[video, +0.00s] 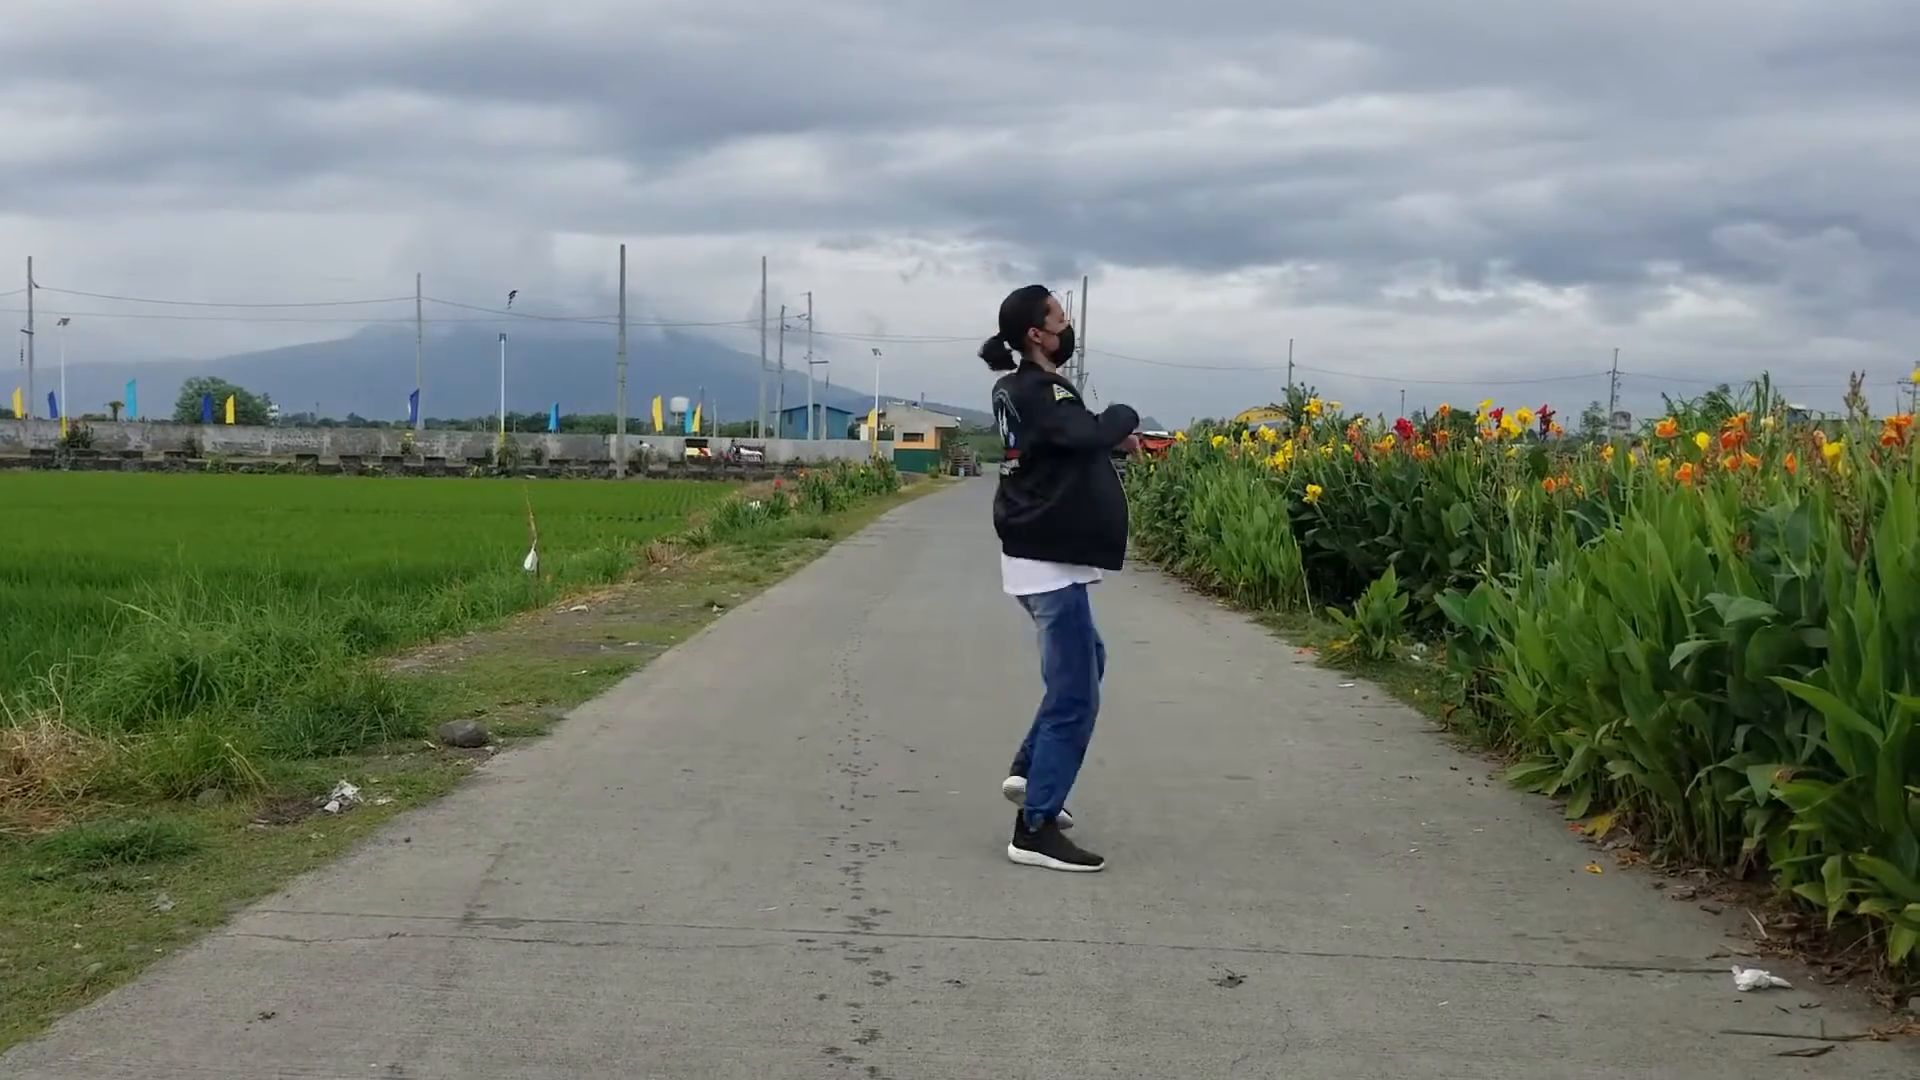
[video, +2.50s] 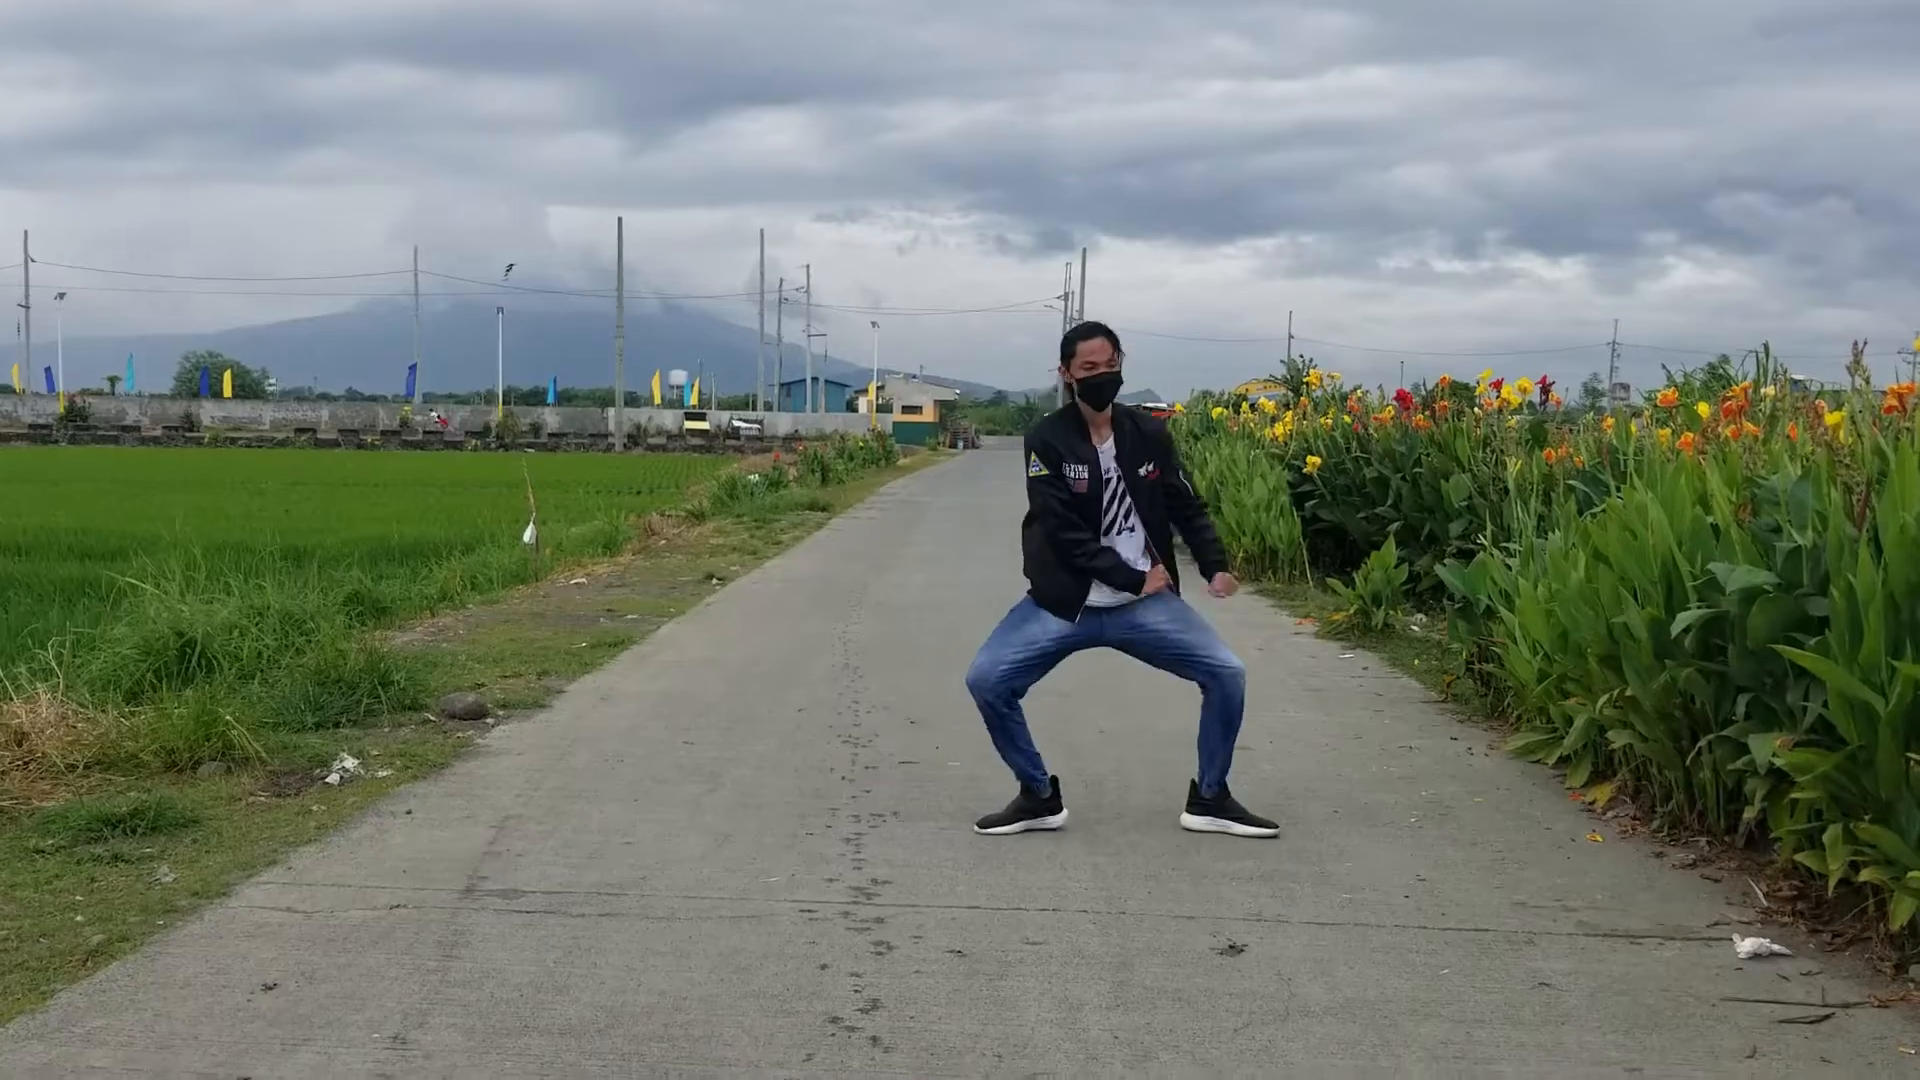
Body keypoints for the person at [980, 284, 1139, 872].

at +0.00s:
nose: (1068, 324)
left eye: (1065, 316)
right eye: (1060, 318)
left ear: (1031, 333)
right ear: (1036, 331)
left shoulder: (1036, 383)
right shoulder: (1033, 389)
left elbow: (1067, 440)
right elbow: (1091, 432)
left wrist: (1115, 444)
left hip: (1045, 560)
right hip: (1048, 564)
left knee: (1088, 661)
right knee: (1073, 698)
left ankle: (1030, 768)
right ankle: (1037, 828)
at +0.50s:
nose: (1086, 366)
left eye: (1089, 357)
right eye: (1072, 360)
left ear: (1095, 365)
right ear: (1047, 375)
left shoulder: (1084, 437)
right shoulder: (1037, 427)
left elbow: (1094, 515)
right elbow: (986, 493)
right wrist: (1019, 555)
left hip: (1074, 594)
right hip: (1037, 597)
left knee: (1074, 696)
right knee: (1108, 705)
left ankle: (1028, 777)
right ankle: (1047, 820)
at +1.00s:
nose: (1039, 347)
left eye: (1048, 336)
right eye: (1029, 339)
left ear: (1069, 332)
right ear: (1017, 341)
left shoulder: (1097, 392)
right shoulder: (996, 386)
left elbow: (1129, 479)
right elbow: (977, 470)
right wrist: (984, 546)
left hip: (1077, 576)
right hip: (1008, 572)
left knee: (1082, 706)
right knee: (971, 687)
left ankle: (1084, 814)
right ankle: (1002, 810)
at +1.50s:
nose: (963, 331)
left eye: (969, 322)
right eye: (961, 323)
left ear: (998, 322)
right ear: (1000, 324)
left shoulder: (985, 370)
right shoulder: (1009, 366)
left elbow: (999, 459)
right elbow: (1008, 450)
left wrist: (998, 551)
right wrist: (959, 420)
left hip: (984, 558)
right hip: (991, 554)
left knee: (947, 683)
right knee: (951, 682)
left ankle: (1014, 792)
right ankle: (983, 799)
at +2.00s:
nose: (994, 329)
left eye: (1002, 318)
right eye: (987, 320)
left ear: (1033, 307)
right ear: (985, 316)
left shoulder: (1071, 377)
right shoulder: (982, 368)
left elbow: (1103, 451)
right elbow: (937, 417)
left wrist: (1034, 450)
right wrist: (991, 433)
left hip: (1023, 550)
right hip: (975, 543)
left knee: (976, 677)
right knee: (991, 676)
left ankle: (985, 806)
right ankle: (1034, 798)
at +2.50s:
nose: (1101, 376)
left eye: (1109, 365)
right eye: (1088, 368)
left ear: (1120, 367)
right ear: (1066, 373)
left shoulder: (1148, 431)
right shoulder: (1048, 438)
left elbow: (1183, 503)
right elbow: (1060, 533)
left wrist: (1215, 564)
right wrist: (1134, 577)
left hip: (1141, 601)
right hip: (1061, 604)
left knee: (1227, 672)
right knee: (986, 680)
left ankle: (1209, 796)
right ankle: (1039, 795)